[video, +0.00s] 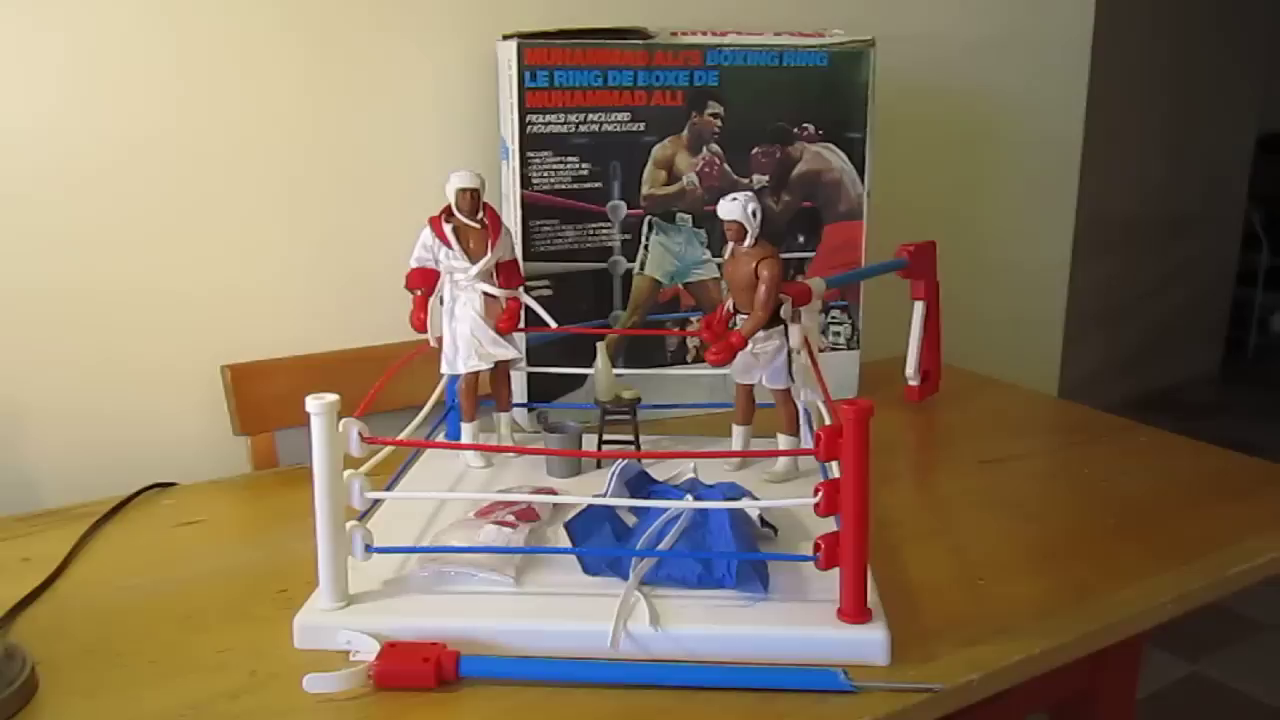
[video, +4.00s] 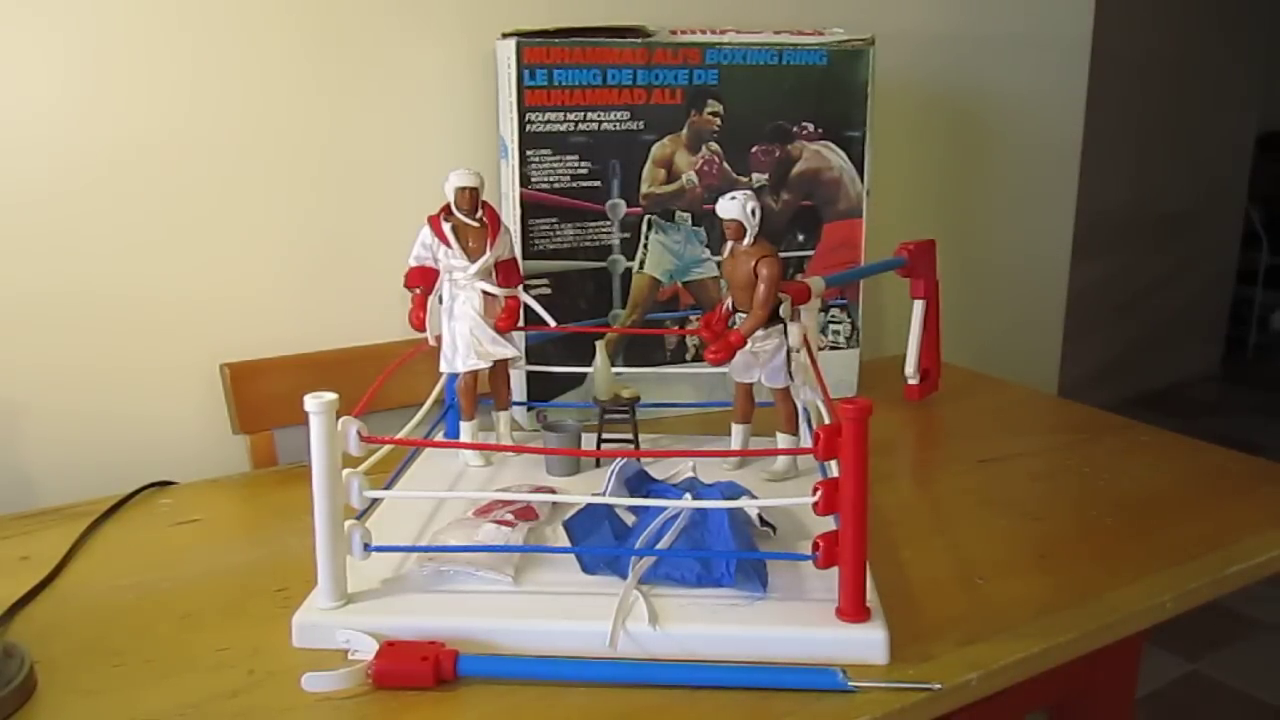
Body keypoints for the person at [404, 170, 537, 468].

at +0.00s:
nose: (469, 199)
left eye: (474, 193)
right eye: (463, 194)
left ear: (481, 195)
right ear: (452, 197)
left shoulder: (496, 229)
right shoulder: (437, 230)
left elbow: (509, 269)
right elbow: (422, 268)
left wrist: (513, 306)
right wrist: (420, 305)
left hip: (494, 305)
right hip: (459, 306)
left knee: (501, 367)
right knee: (469, 371)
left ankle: (506, 432)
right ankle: (470, 442)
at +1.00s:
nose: (468, 199)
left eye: (473, 192)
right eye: (462, 193)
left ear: (480, 195)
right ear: (451, 196)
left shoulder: (494, 227)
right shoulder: (435, 230)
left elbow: (507, 268)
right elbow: (421, 272)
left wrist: (510, 305)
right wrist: (420, 310)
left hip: (492, 303)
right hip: (458, 305)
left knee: (500, 366)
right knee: (468, 370)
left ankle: (505, 433)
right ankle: (468, 442)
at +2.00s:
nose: (467, 198)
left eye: (472, 192)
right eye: (461, 192)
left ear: (480, 194)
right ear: (450, 196)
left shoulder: (495, 228)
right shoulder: (436, 230)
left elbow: (508, 269)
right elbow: (421, 271)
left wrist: (511, 306)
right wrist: (421, 310)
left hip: (493, 304)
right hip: (458, 306)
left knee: (500, 365)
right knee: (468, 371)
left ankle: (505, 432)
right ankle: (469, 441)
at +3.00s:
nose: (467, 198)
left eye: (472, 191)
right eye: (461, 192)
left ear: (480, 194)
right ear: (451, 195)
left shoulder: (496, 228)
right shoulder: (436, 230)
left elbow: (508, 268)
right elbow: (421, 267)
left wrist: (512, 303)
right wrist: (419, 303)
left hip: (493, 303)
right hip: (459, 305)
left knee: (500, 365)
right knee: (469, 370)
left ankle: (504, 433)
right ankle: (469, 440)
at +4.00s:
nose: (468, 198)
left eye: (473, 191)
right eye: (461, 192)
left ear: (481, 194)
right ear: (451, 195)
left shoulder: (496, 228)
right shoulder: (436, 230)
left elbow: (508, 269)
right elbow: (421, 267)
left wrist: (512, 304)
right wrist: (419, 302)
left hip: (493, 301)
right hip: (458, 302)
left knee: (500, 363)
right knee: (468, 369)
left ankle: (505, 432)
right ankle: (468, 440)